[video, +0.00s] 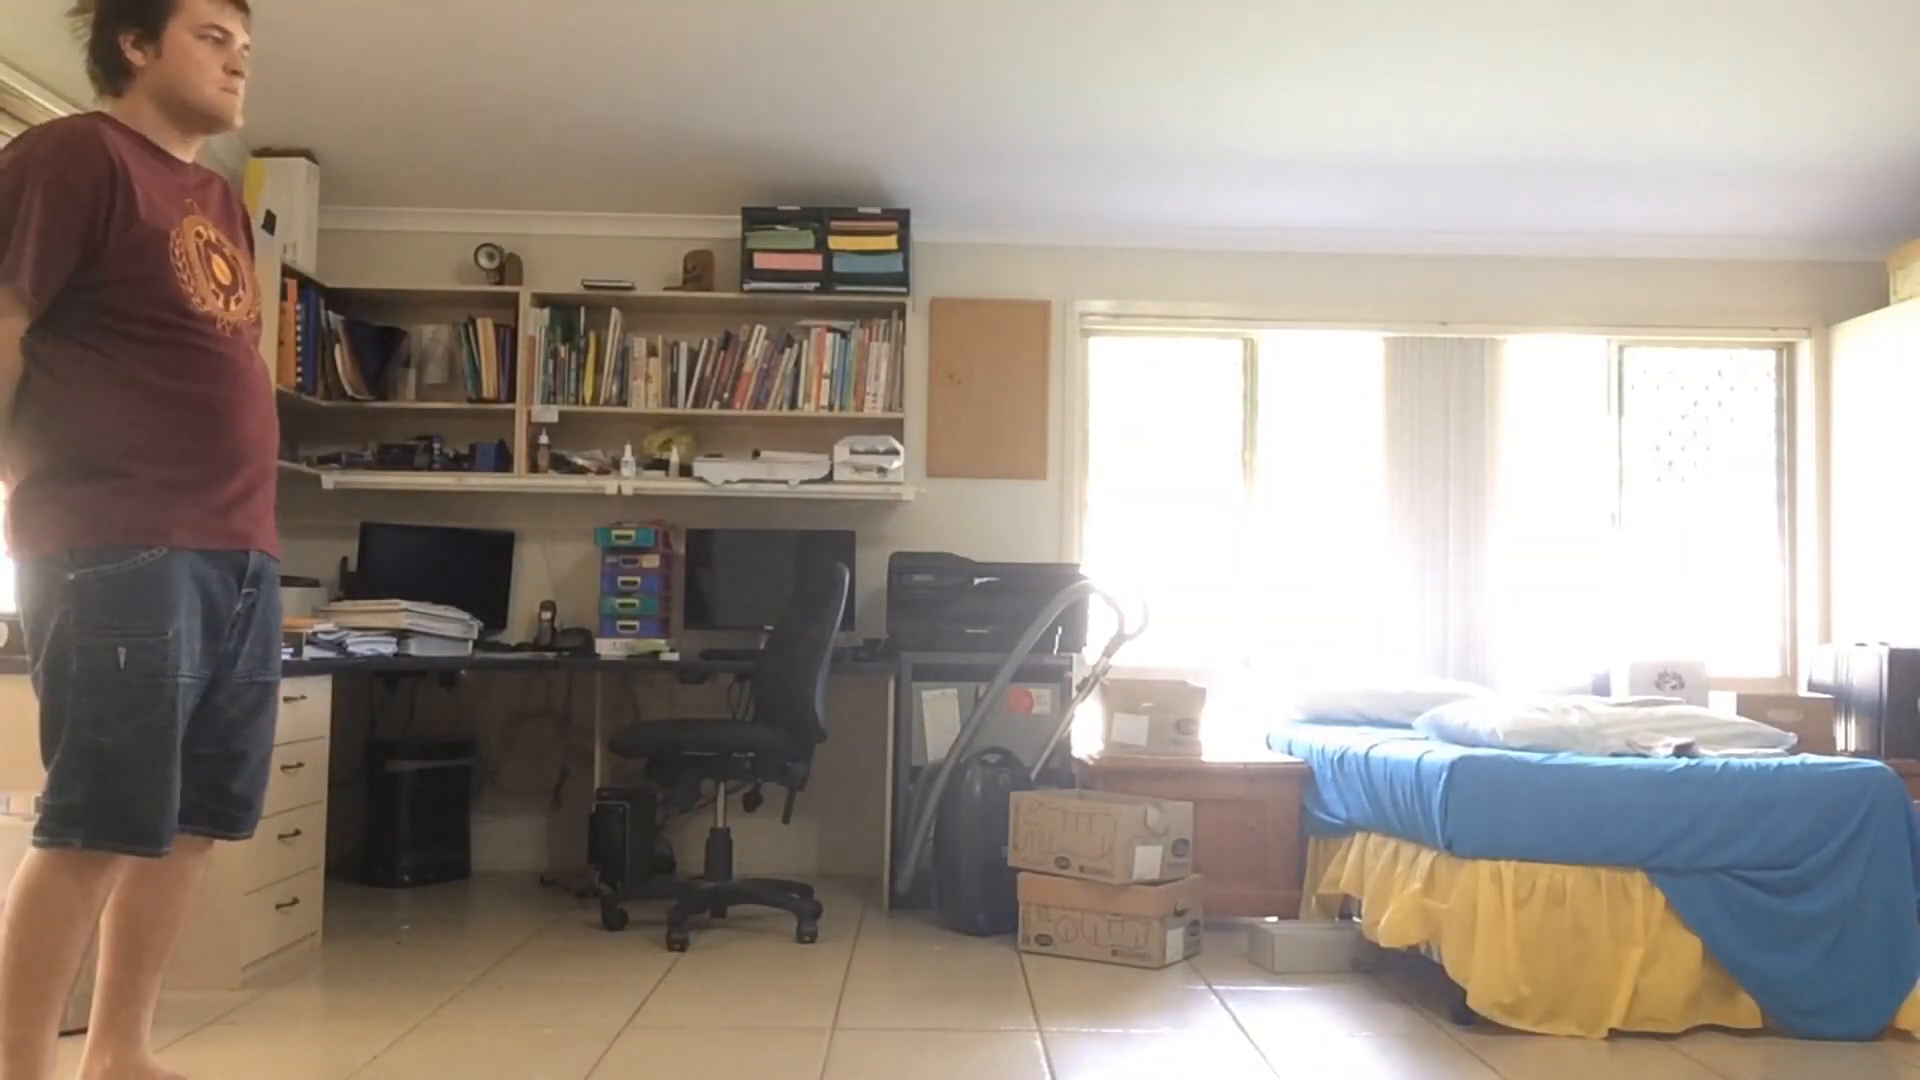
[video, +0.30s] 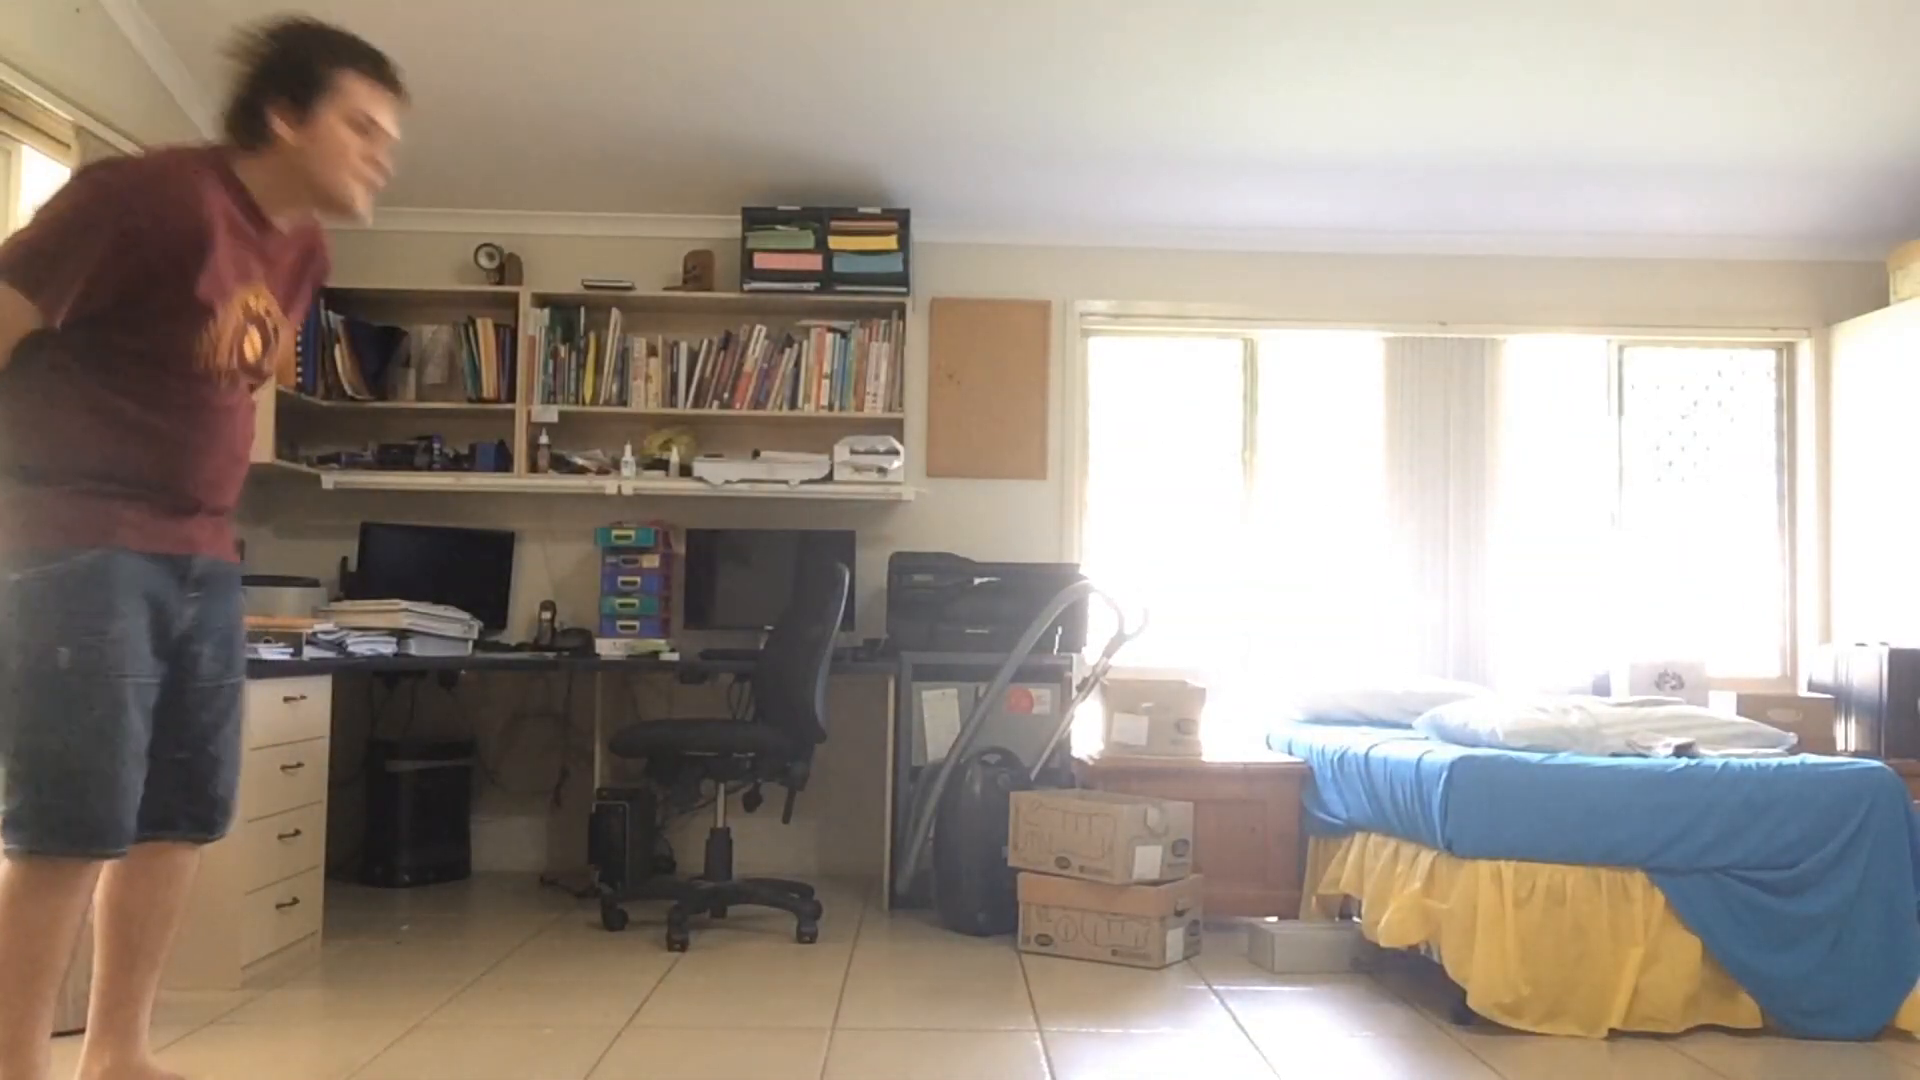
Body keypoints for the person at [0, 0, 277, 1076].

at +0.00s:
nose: (240, 52)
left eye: (244, 36)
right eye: (214, 32)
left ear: (236, 60)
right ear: (136, 47)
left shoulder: (224, 194)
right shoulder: (64, 156)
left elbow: (219, 363)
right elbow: (5, 330)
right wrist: (23, 496)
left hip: (237, 546)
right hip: (108, 544)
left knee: (190, 821)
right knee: (97, 824)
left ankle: (118, 1058)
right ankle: (23, 1065)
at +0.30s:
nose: (384, 157)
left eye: (390, 139)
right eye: (366, 127)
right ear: (284, 115)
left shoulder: (304, 253)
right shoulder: (143, 192)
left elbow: (248, 388)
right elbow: (3, 312)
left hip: (201, 548)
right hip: (71, 540)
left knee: (171, 818)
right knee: (65, 824)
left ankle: (119, 1053)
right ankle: (18, 1062)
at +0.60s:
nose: (458, 349)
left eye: (468, 332)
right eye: (449, 319)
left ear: (388, 301)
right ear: (380, 289)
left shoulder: (358, 385)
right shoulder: (221, 311)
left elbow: (227, 458)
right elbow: (22, 338)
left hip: (178, 571)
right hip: (50, 553)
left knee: (193, 803)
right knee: (92, 808)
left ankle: (118, 1055)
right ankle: (23, 1064)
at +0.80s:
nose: (449, 248)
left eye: (457, 231)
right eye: (435, 218)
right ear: (356, 203)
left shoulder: (355, 320)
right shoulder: (207, 261)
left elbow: (259, 443)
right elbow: (29, 385)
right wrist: (10, 560)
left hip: (191, 564)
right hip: (73, 550)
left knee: (194, 806)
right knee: (96, 810)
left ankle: (118, 1054)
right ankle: (25, 1063)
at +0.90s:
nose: (417, 176)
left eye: (424, 158)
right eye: (399, 147)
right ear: (320, 138)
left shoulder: (336, 268)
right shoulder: (197, 211)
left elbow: (267, 422)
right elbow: (43, 366)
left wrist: (296, 538)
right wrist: (96, 554)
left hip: (207, 569)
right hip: (88, 553)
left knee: (183, 824)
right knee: (86, 828)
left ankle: (117, 1056)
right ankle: (24, 1061)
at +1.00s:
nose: (378, 124)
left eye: (383, 108)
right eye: (360, 96)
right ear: (282, 89)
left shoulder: (311, 231)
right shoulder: (174, 174)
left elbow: (274, 386)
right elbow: (63, 340)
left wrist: (360, 478)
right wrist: (216, 477)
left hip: (213, 551)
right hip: (91, 542)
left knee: (176, 824)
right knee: (74, 829)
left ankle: (116, 1058)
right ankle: (25, 1062)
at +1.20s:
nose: (301, 73)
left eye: (306, 55)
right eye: (279, 44)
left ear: (235, 61)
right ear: (201, 46)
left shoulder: (267, 203)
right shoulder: (115, 141)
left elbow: (268, 363)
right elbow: (76, 307)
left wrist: (389, 398)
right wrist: (286, 335)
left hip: (227, 543)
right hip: (101, 535)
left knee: (175, 818)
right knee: (70, 825)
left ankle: (117, 1053)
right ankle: (22, 1060)